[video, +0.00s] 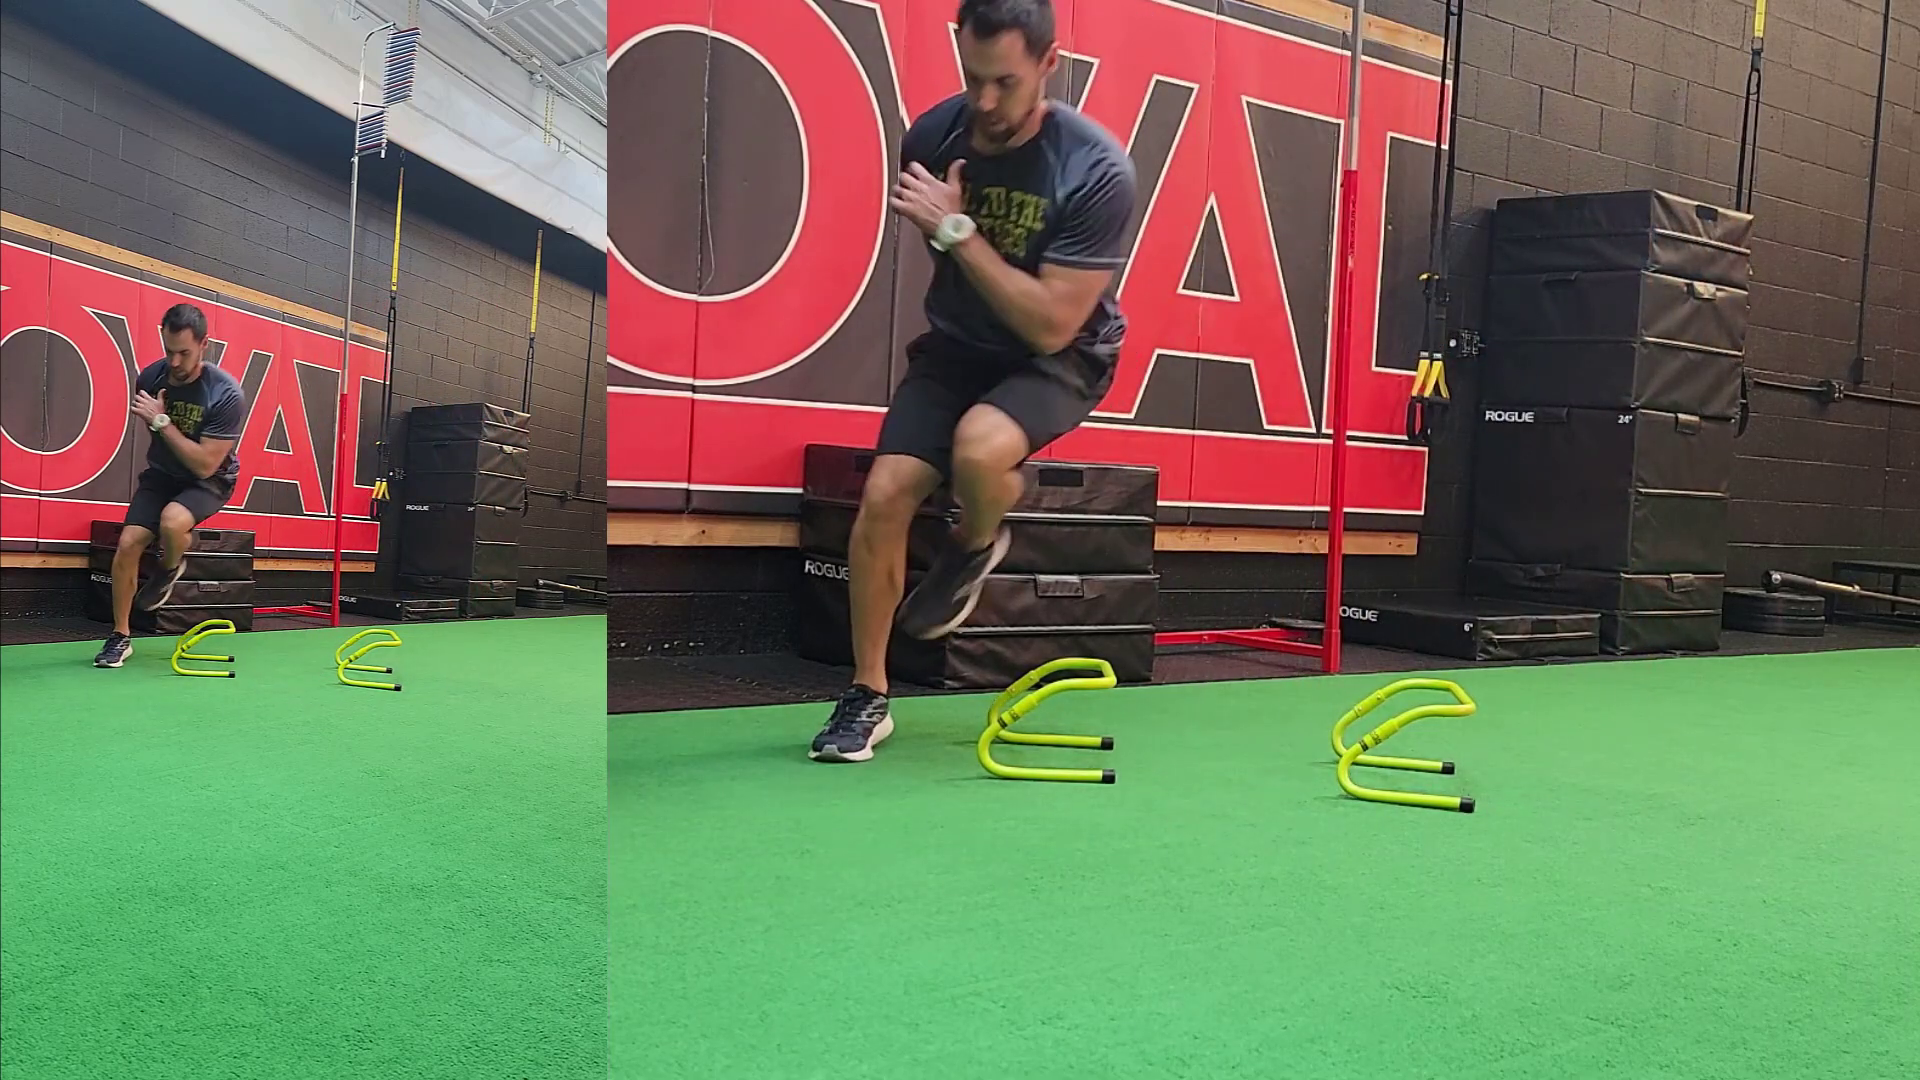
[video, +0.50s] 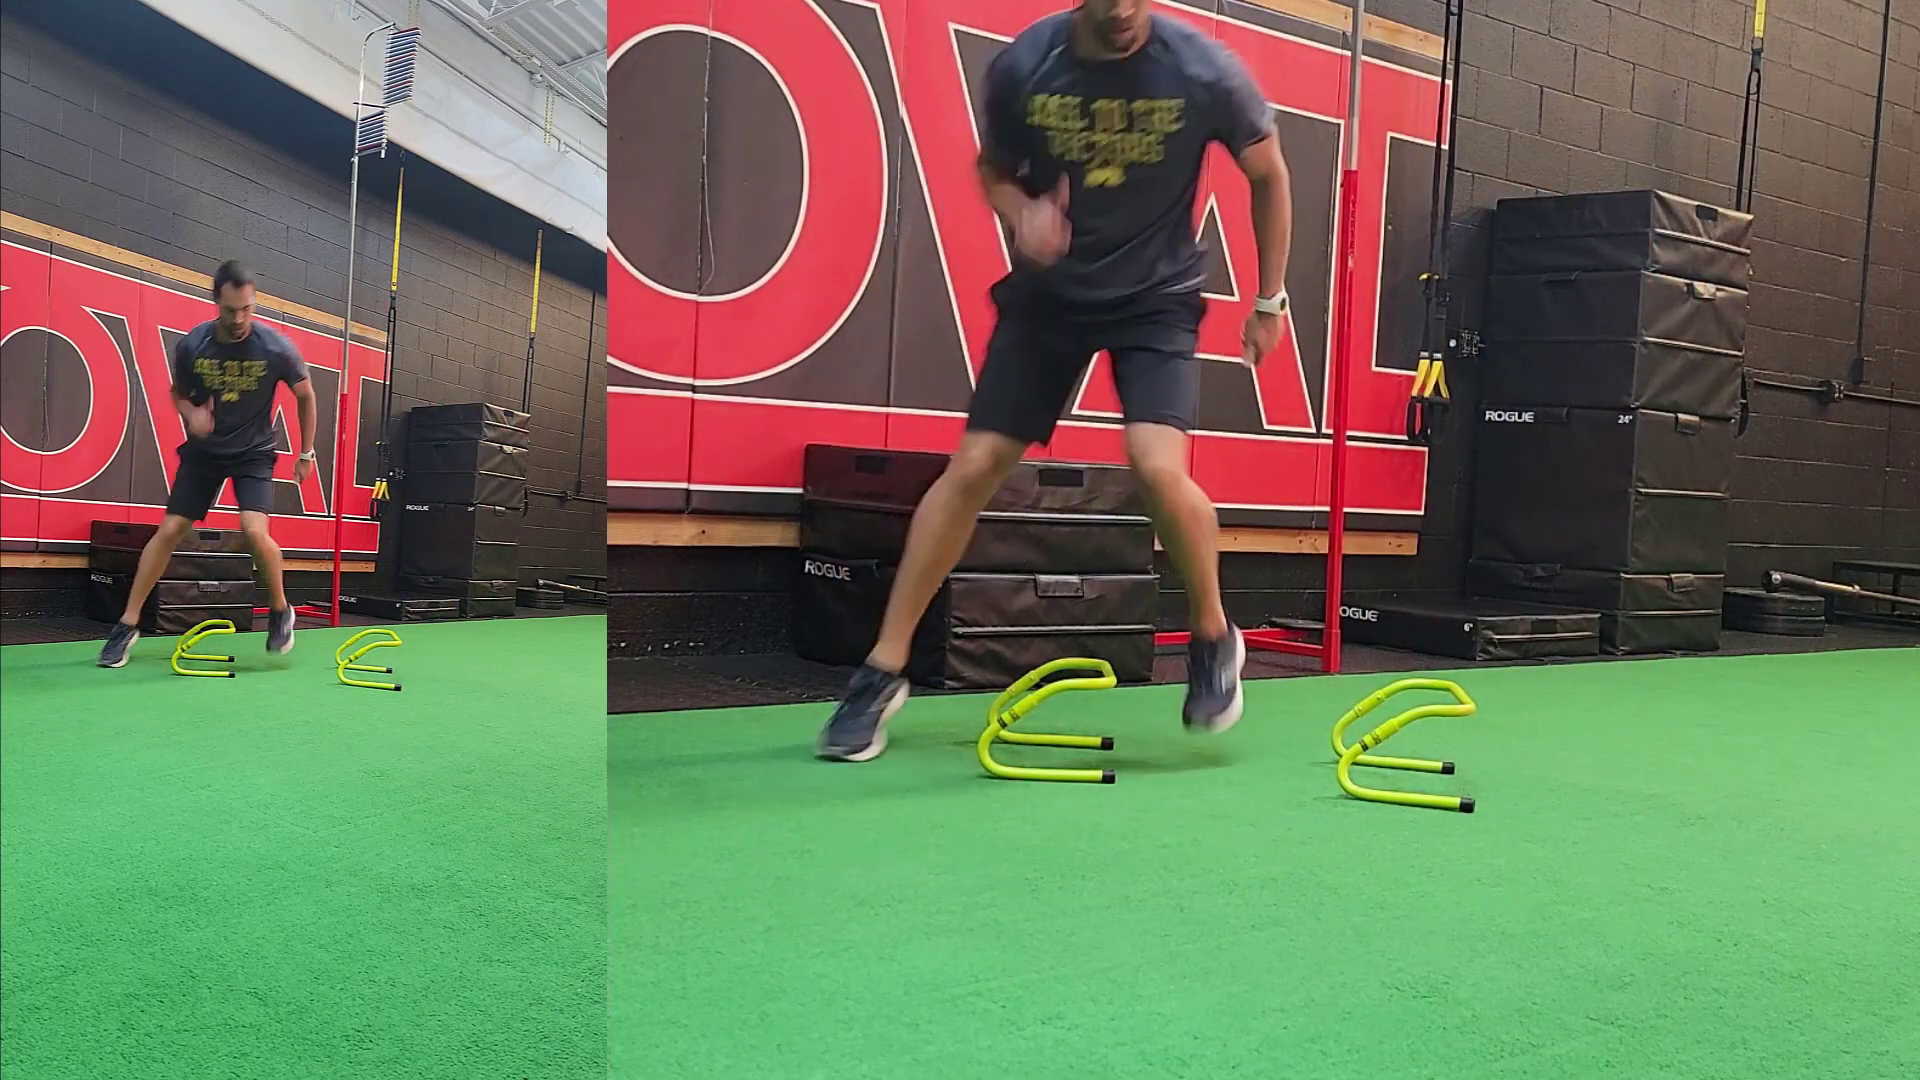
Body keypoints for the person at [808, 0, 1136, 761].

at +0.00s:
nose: (981, 101)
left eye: (1001, 83)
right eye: (970, 79)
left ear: (1048, 68)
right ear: (959, 59)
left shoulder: (1099, 174)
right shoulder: (935, 136)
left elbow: (1051, 325)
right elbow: (927, 244)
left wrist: (954, 232)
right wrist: (939, 218)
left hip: (1061, 360)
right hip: (958, 346)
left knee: (978, 449)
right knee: (884, 491)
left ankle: (974, 553)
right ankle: (867, 692)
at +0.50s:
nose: (1125, 16)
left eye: (1137, 2)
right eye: (1108, 4)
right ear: (1080, 3)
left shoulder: (1207, 71)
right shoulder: (1021, 67)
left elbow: (1270, 177)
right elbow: (994, 172)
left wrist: (1271, 296)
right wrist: (1022, 213)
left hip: (1154, 296)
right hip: (1045, 296)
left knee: (1158, 469)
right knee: (973, 466)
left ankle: (1213, 636)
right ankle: (884, 666)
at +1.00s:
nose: (1453, 22)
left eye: (1465, 8)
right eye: (1437, 7)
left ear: (1477, 5)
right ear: (1393, 1)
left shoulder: (1491, 65)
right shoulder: (1324, 89)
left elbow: (1499, 170)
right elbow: (1277, 226)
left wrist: (1498, 289)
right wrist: (1275, 362)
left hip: (1449, 295)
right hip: (1342, 307)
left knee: (1517, 450)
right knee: (1332, 483)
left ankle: (1554, 623)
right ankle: (1254, 695)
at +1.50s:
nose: (1652, 182)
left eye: (1669, 164)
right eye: (1636, 160)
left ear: (1685, 149)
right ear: (1596, 135)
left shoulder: (1672, 211)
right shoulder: (1517, 230)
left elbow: (1618, 284)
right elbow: (1463, 380)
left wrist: (1619, 345)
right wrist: (1591, 397)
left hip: (1594, 392)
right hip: (1498, 397)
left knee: (1640, 537)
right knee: (1590, 522)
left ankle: (1609, 726)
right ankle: (1570, 592)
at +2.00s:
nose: (1432, 5)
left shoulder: (1503, 56)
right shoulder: (1326, 69)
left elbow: (1531, 169)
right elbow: (1269, 200)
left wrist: (1513, 234)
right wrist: (1245, 333)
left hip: (1453, 299)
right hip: (1340, 300)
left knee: (1507, 460)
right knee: (1321, 496)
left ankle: (1526, 617)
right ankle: (1249, 677)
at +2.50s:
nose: (1127, 11)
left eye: (1143, 3)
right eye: (1114, 2)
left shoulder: (1224, 62)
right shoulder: (1043, 46)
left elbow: (1283, 185)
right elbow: (1008, 150)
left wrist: (1273, 314)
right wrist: (1020, 216)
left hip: (1172, 281)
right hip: (1066, 270)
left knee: (1175, 450)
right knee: (988, 437)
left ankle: (1225, 632)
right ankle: (911, 614)